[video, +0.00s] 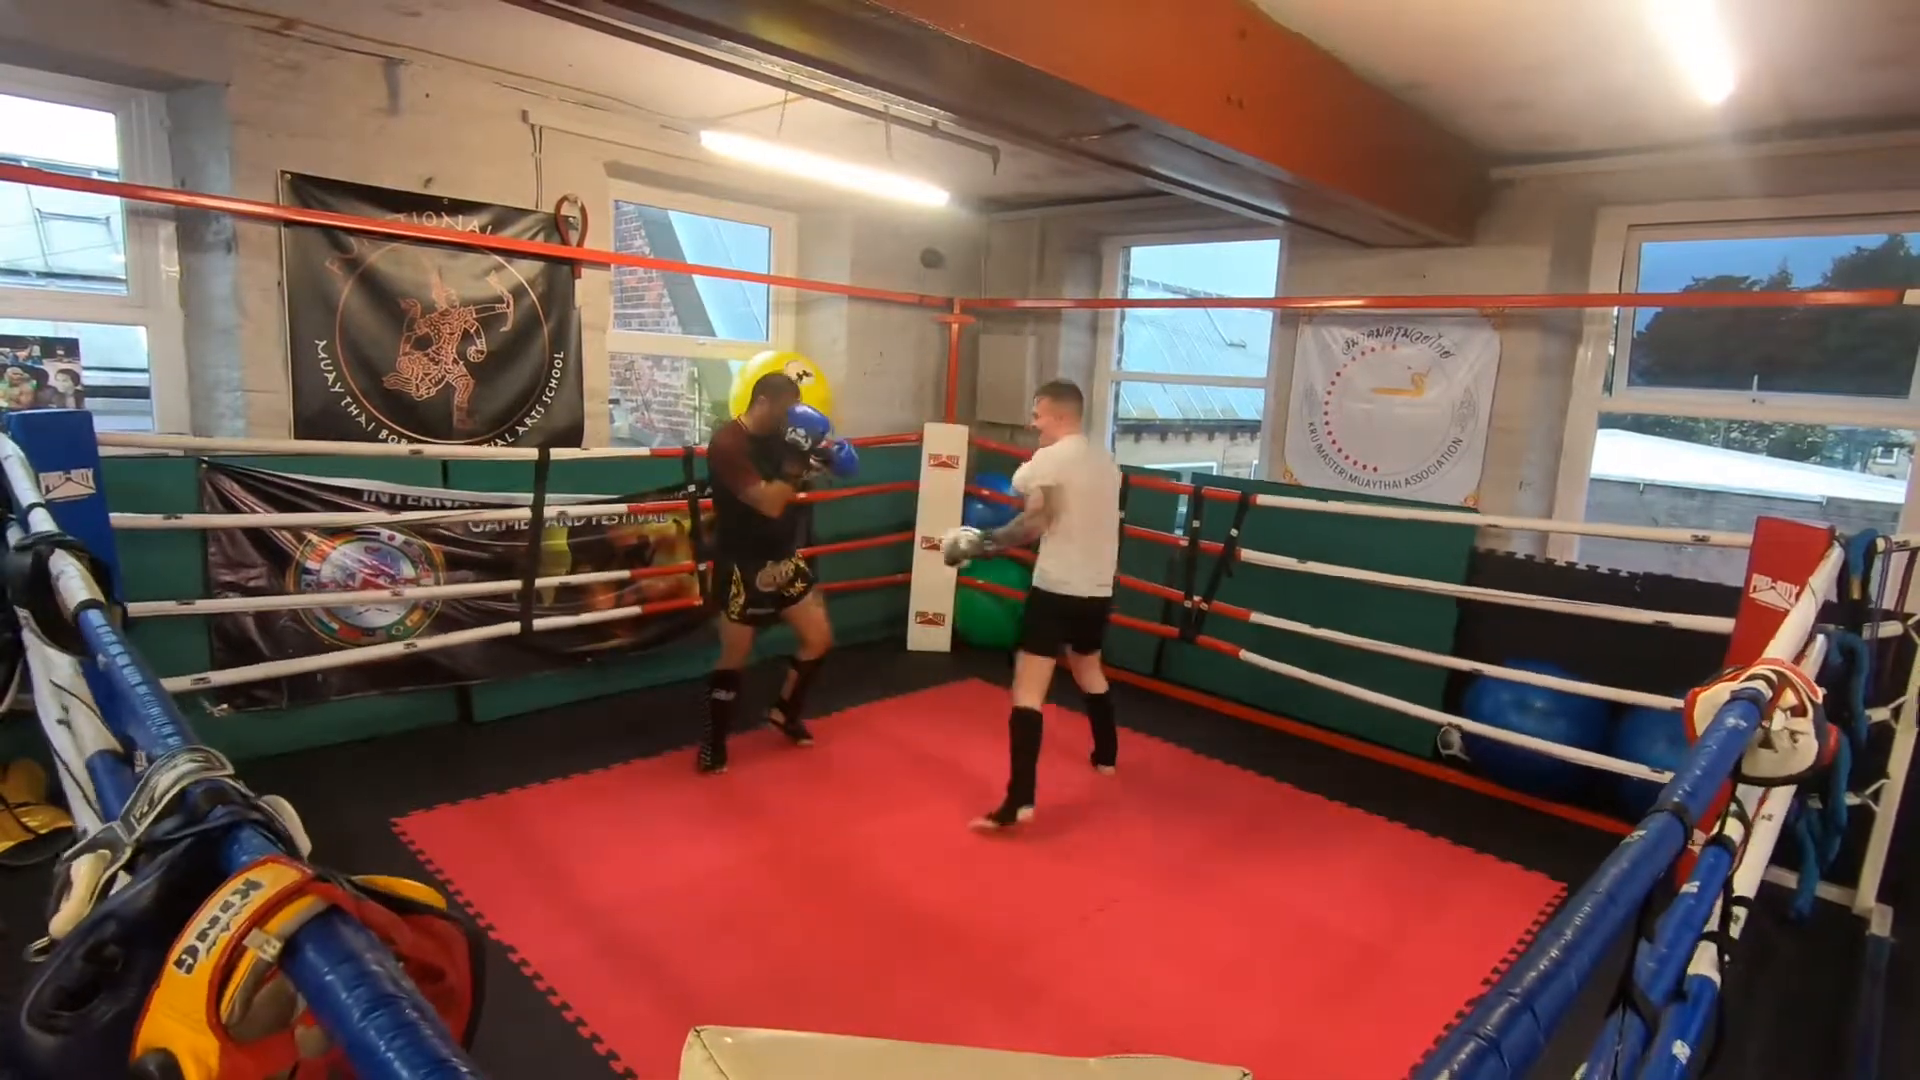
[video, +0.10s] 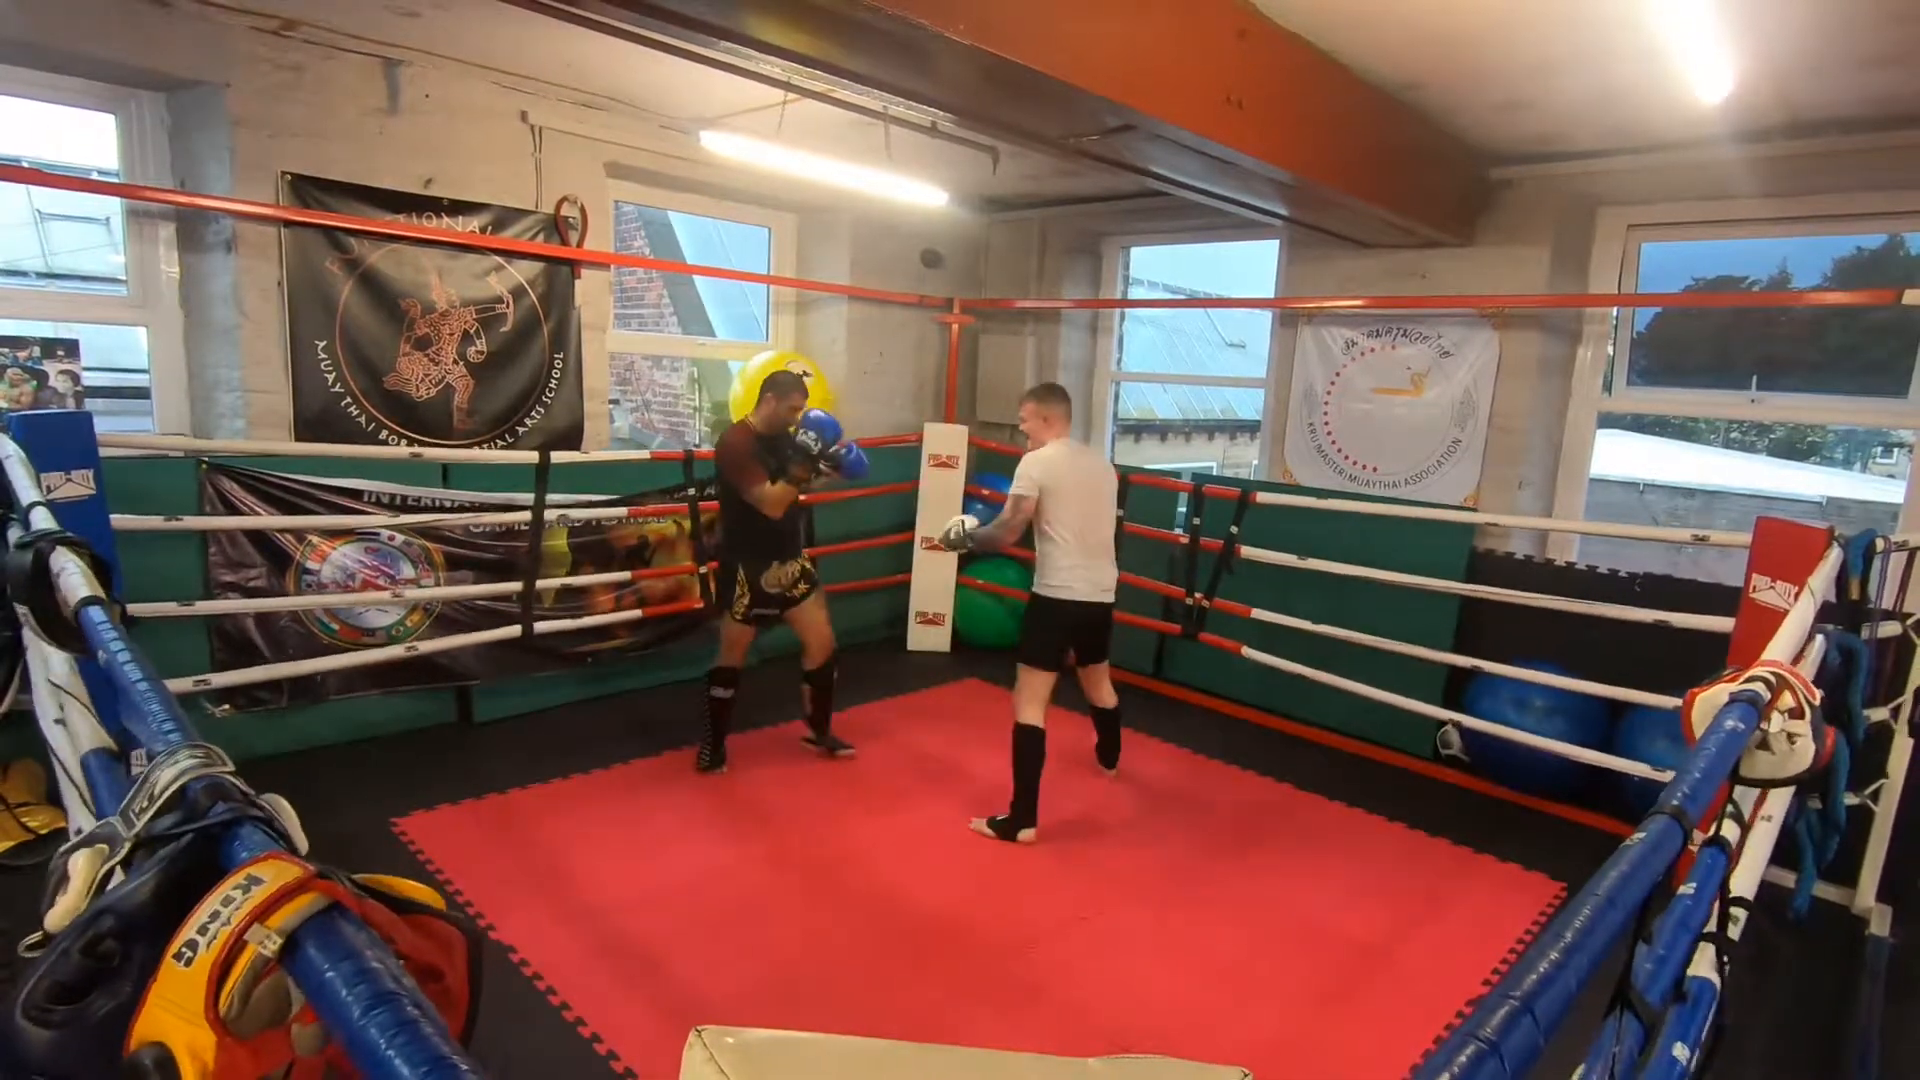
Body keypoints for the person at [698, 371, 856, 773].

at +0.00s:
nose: (789, 417)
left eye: (792, 410)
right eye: (785, 408)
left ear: (778, 407)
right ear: (761, 401)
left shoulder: (777, 439)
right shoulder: (727, 443)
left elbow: (794, 477)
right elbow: (768, 502)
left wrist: (825, 464)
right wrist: (796, 460)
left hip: (784, 559)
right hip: (742, 565)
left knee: (818, 638)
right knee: (735, 654)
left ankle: (786, 710)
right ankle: (715, 742)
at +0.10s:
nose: (796, 419)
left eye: (800, 412)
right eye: (792, 410)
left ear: (792, 408)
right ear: (767, 401)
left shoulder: (783, 441)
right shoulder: (735, 443)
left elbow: (800, 478)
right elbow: (772, 504)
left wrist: (833, 463)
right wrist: (804, 463)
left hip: (790, 560)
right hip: (746, 565)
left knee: (821, 642)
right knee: (732, 653)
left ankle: (820, 730)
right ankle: (714, 744)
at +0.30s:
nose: (827, 426)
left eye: (831, 419)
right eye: (824, 417)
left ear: (819, 415)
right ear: (799, 407)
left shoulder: (813, 450)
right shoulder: (761, 448)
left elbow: (834, 499)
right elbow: (794, 507)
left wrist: (860, 485)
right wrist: (829, 464)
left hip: (813, 567)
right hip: (768, 571)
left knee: (836, 656)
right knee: (747, 660)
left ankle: (846, 751)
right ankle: (716, 743)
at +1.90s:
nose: (812, 409)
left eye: (816, 399)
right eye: (800, 400)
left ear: (824, 404)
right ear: (779, 408)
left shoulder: (832, 450)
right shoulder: (758, 448)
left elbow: (853, 501)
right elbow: (778, 502)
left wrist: (881, 502)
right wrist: (806, 459)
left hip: (820, 578)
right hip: (767, 579)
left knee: (851, 667)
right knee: (751, 663)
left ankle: (851, 762)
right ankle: (732, 744)